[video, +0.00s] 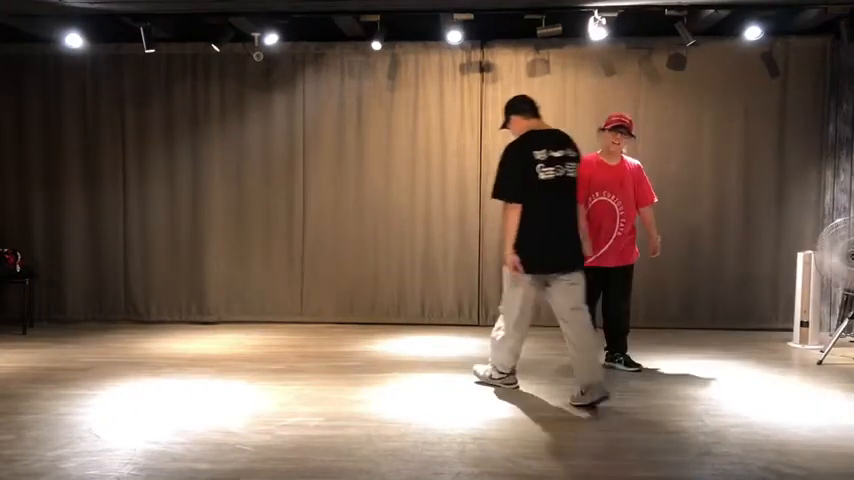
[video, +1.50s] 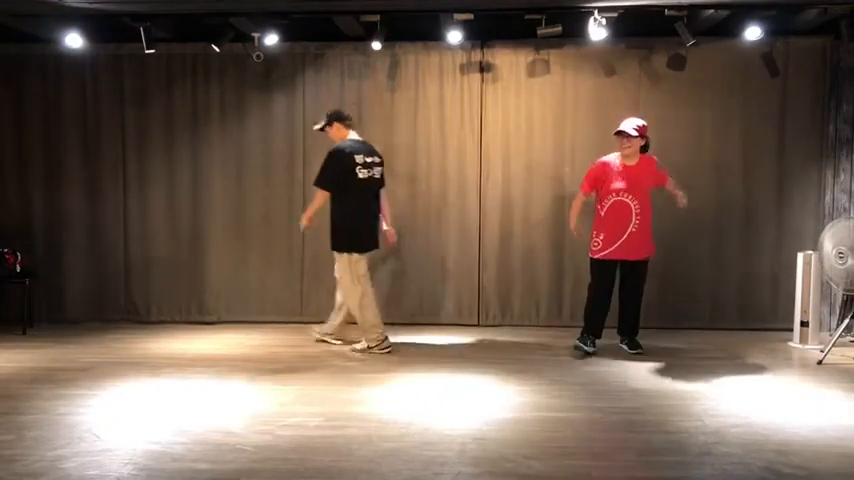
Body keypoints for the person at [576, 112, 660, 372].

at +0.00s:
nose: (617, 137)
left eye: (623, 134)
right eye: (613, 132)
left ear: (628, 139)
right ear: (603, 134)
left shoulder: (633, 168)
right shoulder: (586, 165)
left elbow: (644, 205)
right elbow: (580, 206)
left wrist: (653, 236)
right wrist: (584, 240)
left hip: (623, 250)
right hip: (592, 250)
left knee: (618, 306)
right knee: (586, 304)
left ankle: (617, 352)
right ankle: (584, 353)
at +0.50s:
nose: (590, 150)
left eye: (594, 145)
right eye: (585, 145)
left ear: (601, 143)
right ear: (577, 144)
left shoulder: (614, 167)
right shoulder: (567, 171)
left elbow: (624, 197)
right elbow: (557, 205)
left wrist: (627, 221)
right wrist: (549, 233)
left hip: (611, 248)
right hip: (578, 250)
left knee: (614, 301)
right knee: (582, 301)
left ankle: (618, 345)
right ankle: (585, 342)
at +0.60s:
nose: (592, 149)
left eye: (596, 144)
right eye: (587, 144)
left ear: (604, 143)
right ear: (579, 143)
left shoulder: (615, 166)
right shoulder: (569, 169)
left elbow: (609, 191)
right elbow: (558, 199)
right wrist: (548, 222)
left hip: (612, 245)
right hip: (580, 246)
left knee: (617, 298)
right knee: (583, 299)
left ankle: (624, 343)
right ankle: (585, 342)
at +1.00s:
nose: (604, 150)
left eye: (609, 145)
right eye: (600, 145)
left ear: (618, 144)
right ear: (594, 145)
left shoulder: (629, 169)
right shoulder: (584, 172)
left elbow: (617, 200)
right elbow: (577, 209)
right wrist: (574, 238)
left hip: (621, 248)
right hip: (590, 248)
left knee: (624, 297)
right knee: (587, 299)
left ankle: (627, 335)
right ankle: (585, 341)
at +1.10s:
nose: (609, 148)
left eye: (614, 143)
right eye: (604, 143)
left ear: (624, 144)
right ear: (599, 144)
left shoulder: (637, 170)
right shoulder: (589, 172)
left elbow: (642, 201)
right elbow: (580, 207)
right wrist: (579, 236)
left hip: (628, 246)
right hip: (595, 246)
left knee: (628, 296)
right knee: (591, 297)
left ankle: (628, 336)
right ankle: (586, 341)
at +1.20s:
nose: (614, 144)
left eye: (620, 140)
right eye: (611, 140)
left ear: (631, 142)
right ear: (607, 141)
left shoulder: (642, 169)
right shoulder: (595, 170)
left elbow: (667, 191)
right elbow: (583, 204)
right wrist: (583, 233)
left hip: (632, 245)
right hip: (600, 245)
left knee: (631, 296)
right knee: (595, 295)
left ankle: (628, 337)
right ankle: (587, 340)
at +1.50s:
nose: (625, 141)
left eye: (631, 137)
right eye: (622, 136)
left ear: (642, 141)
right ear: (617, 139)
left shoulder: (650, 166)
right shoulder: (604, 165)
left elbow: (666, 182)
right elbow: (582, 194)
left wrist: (678, 194)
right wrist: (573, 220)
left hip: (637, 242)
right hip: (605, 241)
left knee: (632, 293)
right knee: (600, 290)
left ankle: (629, 336)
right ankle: (589, 336)